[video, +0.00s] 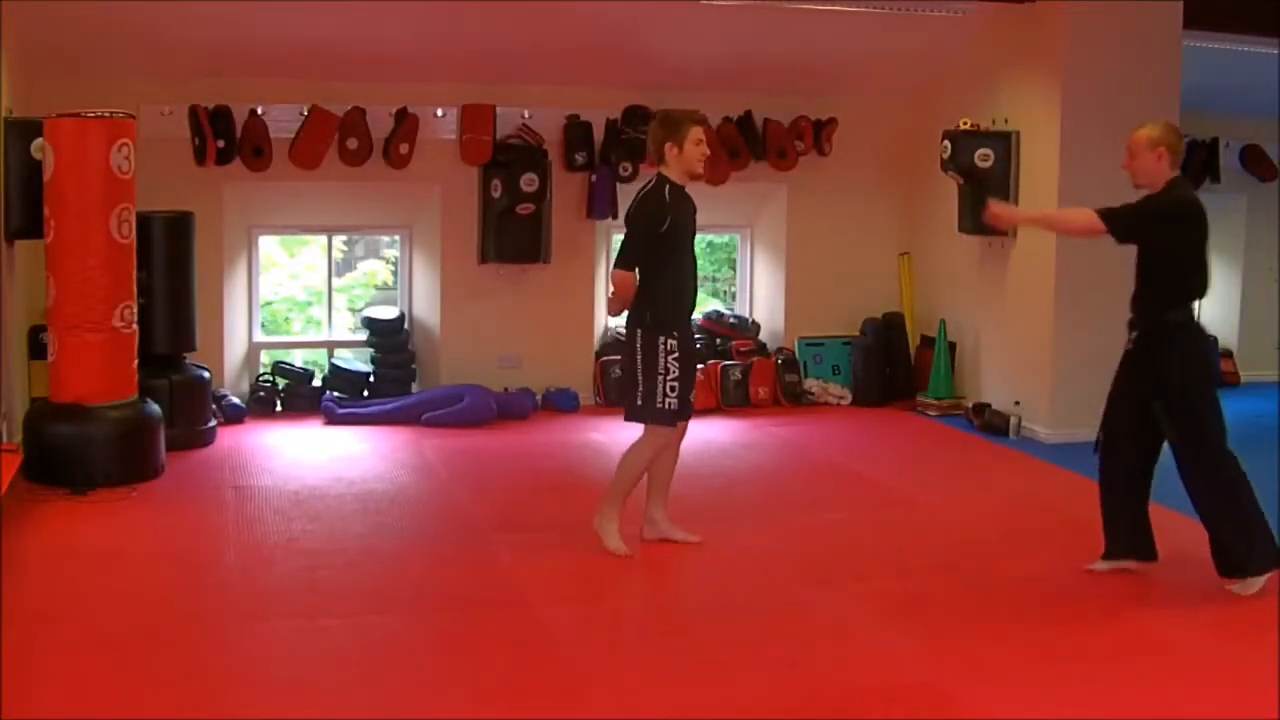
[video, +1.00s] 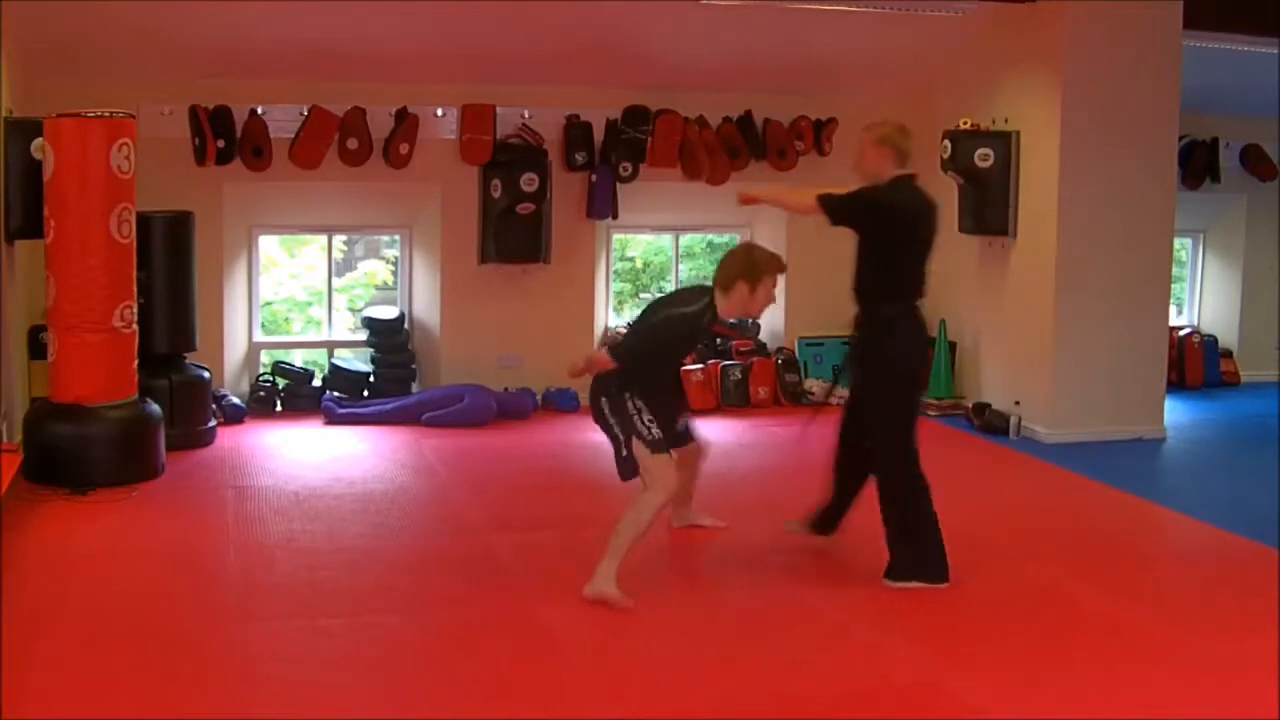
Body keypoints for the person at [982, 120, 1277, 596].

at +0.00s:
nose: (1126, 164)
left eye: (1132, 154)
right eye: (1127, 155)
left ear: (1161, 157)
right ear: (1161, 158)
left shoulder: (1174, 206)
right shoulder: (1168, 204)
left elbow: (1090, 223)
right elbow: (1095, 223)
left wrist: (1017, 216)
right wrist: (1022, 218)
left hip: (1176, 347)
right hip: (1148, 346)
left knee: (1204, 455)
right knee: (1121, 445)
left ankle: (1255, 558)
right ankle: (1128, 548)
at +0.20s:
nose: (1091, 167)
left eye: (1098, 159)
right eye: (1093, 159)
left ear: (1126, 165)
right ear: (1126, 166)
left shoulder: (1129, 211)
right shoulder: (1132, 209)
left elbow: (1045, 202)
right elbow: (1046, 202)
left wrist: (977, 184)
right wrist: (982, 186)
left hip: (1126, 346)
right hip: (1112, 343)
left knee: (1127, 453)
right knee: (1098, 451)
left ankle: (1217, 542)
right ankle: (1115, 559)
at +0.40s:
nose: (1042, 145)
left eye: (1050, 138)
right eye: (1046, 137)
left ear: (1076, 146)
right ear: (1079, 147)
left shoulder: (1076, 191)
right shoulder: (1087, 191)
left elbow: (1002, 187)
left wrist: (931, 176)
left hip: (1073, 328)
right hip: (1084, 325)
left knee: (1043, 439)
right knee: (1092, 436)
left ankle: (1077, 549)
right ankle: (1111, 545)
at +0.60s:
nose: (978, 160)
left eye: (987, 152)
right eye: (981, 151)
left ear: (1013, 160)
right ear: (1015, 162)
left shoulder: (1012, 206)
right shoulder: (1025, 205)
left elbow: (934, 200)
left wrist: (871, 186)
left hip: (1010, 346)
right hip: (1021, 341)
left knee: (969, 449)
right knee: (1051, 444)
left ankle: (930, 557)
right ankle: (1100, 540)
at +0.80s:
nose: (920, 160)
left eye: (927, 152)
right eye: (923, 152)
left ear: (946, 156)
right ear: (957, 157)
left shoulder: (946, 203)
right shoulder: (965, 201)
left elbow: (875, 201)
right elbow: (883, 197)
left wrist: (814, 189)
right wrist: (823, 187)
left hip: (942, 335)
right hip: (955, 331)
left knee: (921, 445)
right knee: (939, 440)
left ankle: (922, 562)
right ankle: (993, 516)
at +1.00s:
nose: (859, 159)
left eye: (864, 151)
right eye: (860, 151)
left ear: (883, 153)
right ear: (898, 155)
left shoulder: (886, 199)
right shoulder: (916, 200)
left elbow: (818, 206)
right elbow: (836, 205)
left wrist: (763, 195)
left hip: (888, 337)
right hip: (898, 333)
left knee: (892, 448)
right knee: (859, 433)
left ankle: (922, 563)